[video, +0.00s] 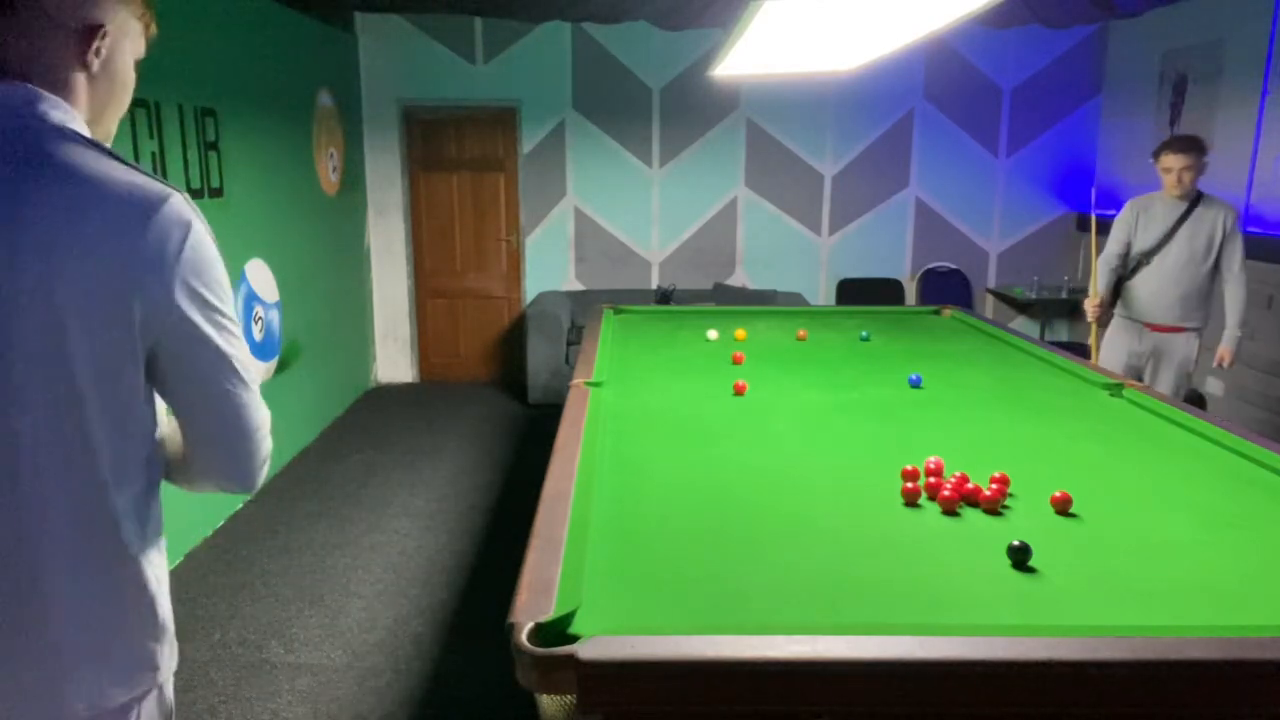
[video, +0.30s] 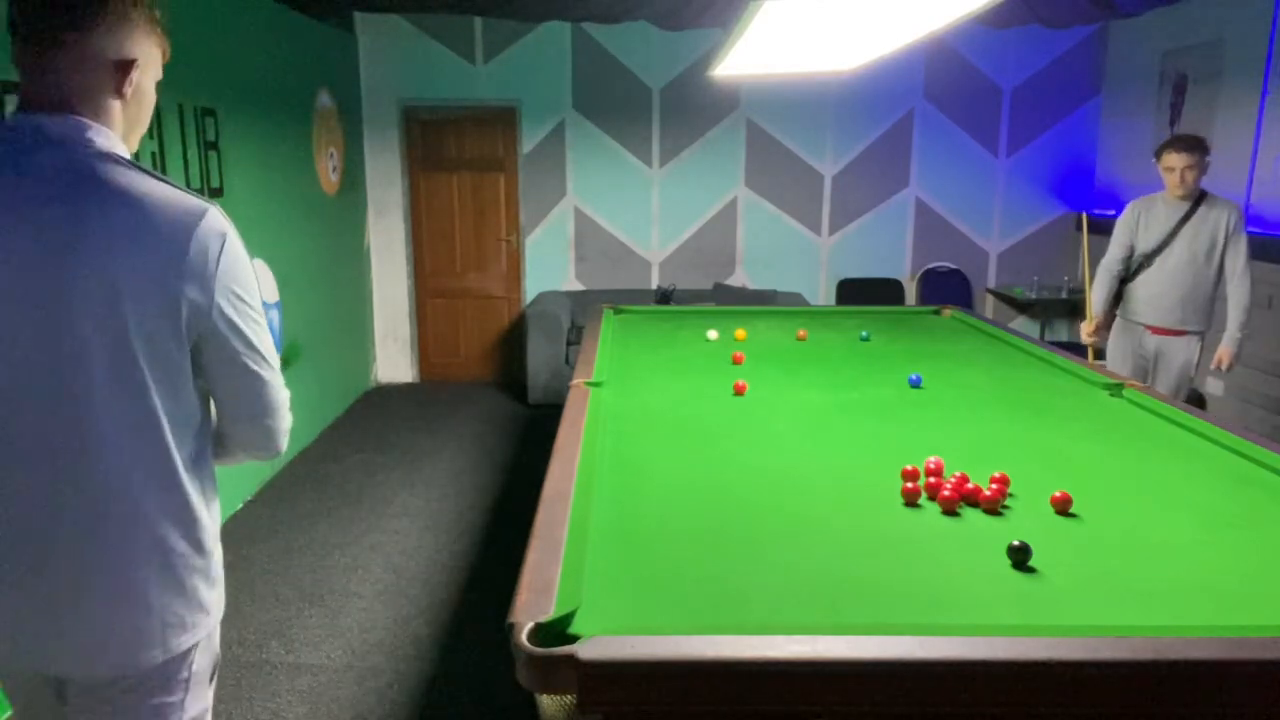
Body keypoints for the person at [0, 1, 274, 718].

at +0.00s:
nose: (131, 94)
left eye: (140, 64)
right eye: (135, 61)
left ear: (8, 40)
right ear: (94, 44)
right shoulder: (145, 218)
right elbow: (238, 459)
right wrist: (138, 430)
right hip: (87, 675)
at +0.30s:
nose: (154, 107)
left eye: (159, 86)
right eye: (156, 85)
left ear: (26, 73)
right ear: (127, 79)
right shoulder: (186, 230)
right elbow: (264, 428)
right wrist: (164, 439)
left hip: (7, 602)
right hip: (142, 609)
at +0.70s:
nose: (185, 96)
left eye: (183, 80)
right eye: (188, 80)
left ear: (79, 73)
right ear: (179, 78)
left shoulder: (12, 188)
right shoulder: (215, 205)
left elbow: (8, 370)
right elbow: (281, 390)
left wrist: (74, 353)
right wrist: (194, 357)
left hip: (83, 535)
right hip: (213, 528)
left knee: (135, 708)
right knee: (291, 684)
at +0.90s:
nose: (232, 117)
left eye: (236, 100)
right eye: (235, 99)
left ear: (136, 80)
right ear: (215, 92)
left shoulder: (28, 199)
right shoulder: (246, 209)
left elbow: (8, 371)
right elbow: (310, 384)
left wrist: (86, 350)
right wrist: (256, 395)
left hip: (115, 521)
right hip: (247, 514)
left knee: (144, 707)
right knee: (337, 686)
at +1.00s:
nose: (269, 121)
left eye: (274, 106)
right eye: (271, 105)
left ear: (174, 91)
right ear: (243, 97)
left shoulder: (68, 198)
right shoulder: (279, 208)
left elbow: (35, 368)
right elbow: (331, 379)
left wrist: (131, 339)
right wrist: (309, 446)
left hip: (144, 503)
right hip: (271, 497)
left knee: (166, 694)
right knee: (361, 657)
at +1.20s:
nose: (336, 143)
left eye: (339, 125)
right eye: (337, 124)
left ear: (248, 105)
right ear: (310, 110)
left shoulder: (153, 201)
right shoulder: (353, 216)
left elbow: (113, 361)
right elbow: (404, 362)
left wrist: (196, 333)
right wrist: (423, 442)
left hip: (212, 499)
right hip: (334, 495)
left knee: (204, 686)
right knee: (394, 663)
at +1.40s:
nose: (400, 130)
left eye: (402, 117)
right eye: (401, 116)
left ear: (322, 101)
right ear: (380, 109)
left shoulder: (230, 186)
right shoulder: (411, 206)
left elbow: (188, 336)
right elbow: (463, 341)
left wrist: (251, 310)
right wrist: (503, 422)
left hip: (272, 466)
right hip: (385, 470)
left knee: (246, 658)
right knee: (427, 658)